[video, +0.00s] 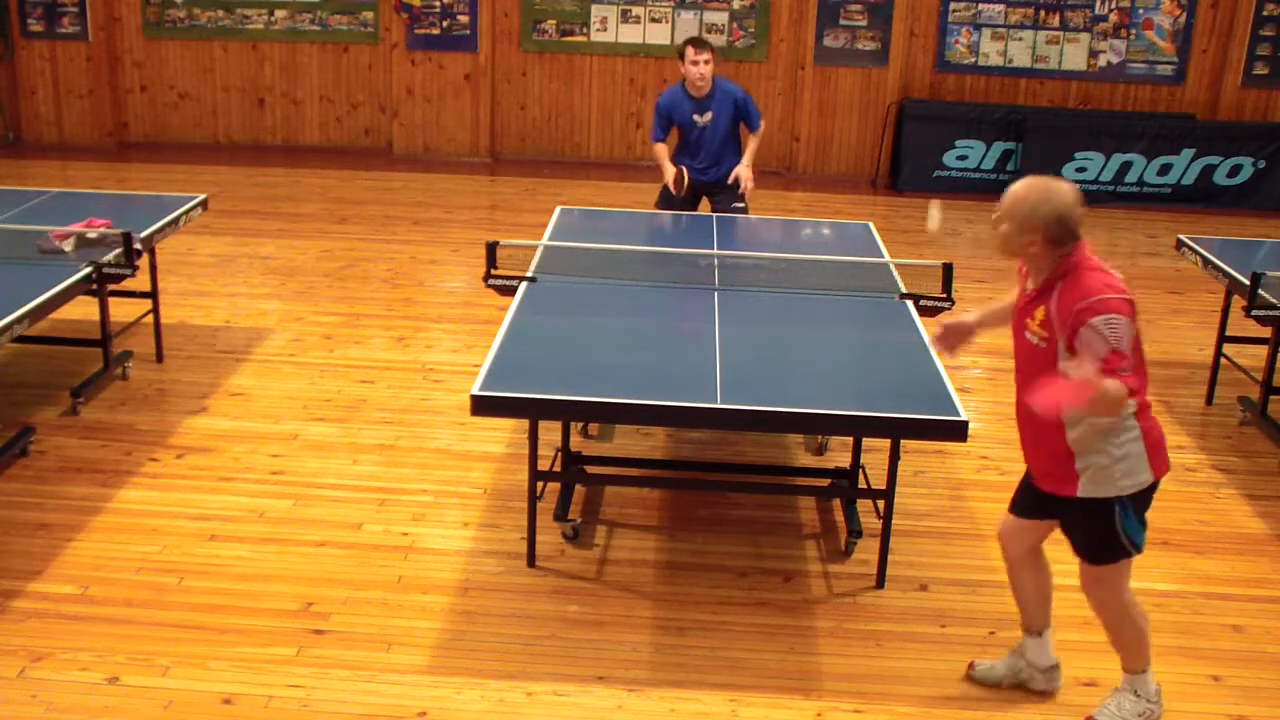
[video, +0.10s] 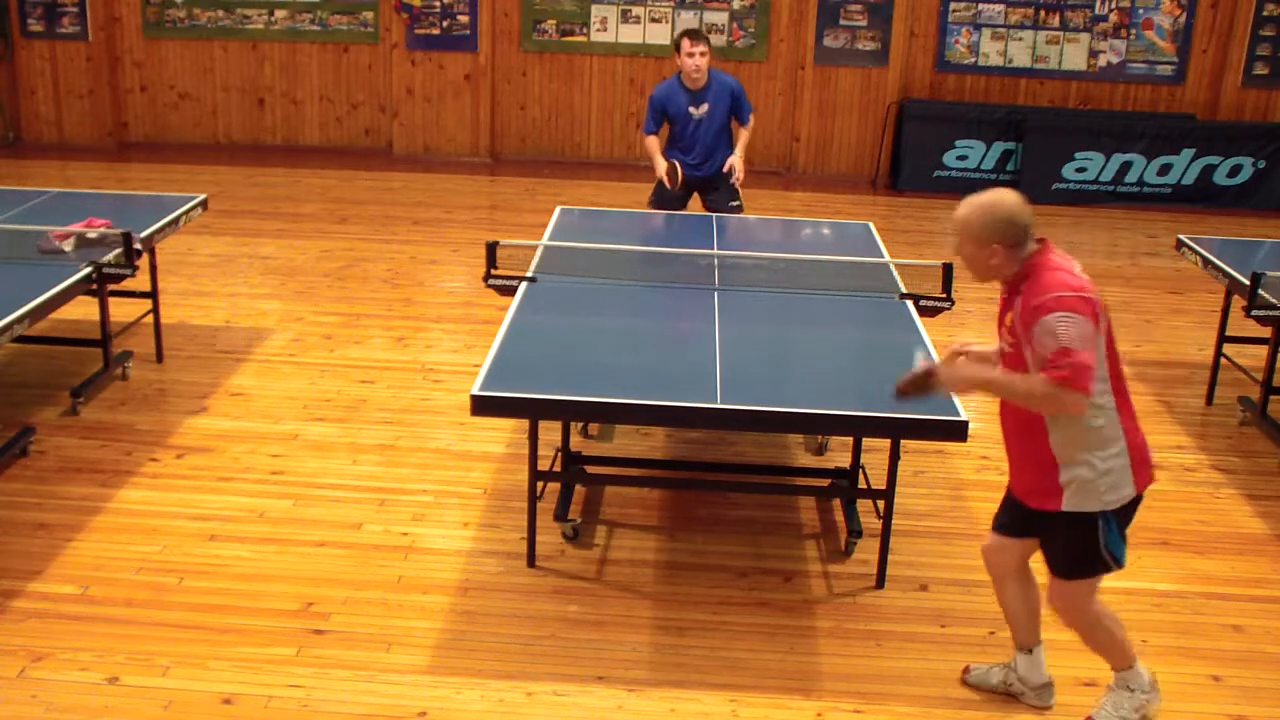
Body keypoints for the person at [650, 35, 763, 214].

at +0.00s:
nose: (701, 70)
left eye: (706, 63)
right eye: (694, 64)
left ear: (713, 65)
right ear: (682, 67)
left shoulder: (734, 95)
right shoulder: (669, 101)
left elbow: (757, 126)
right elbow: (659, 140)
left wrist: (746, 163)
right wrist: (667, 168)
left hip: (725, 176)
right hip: (686, 174)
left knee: (736, 235)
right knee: (661, 227)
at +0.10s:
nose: (697, 61)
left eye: (703, 55)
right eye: (690, 55)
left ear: (709, 57)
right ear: (678, 60)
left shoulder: (729, 88)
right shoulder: (663, 95)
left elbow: (746, 120)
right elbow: (650, 133)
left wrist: (738, 154)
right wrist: (658, 161)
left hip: (717, 171)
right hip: (678, 170)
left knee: (734, 227)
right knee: (655, 224)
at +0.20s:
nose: (696, 56)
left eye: (701, 49)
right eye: (689, 50)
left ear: (708, 51)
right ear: (677, 53)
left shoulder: (727, 83)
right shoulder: (662, 88)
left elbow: (742, 117)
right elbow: (646, 125)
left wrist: (733, 149)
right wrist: (654, 154)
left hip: (714, 167)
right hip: (675, 167)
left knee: (730, 221)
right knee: (655, 221)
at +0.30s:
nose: (698, 55)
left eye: (703, 48)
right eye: (692, 48)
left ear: (710, 50)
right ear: (680, 51)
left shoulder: (728, 82)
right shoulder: (663, 87)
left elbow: (744, 117)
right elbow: (645, 122)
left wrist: (735, 149)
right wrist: (658, 150)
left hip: (715, 168)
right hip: (676, 168)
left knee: (732, 222)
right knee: (657, 221)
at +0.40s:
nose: (706, 58)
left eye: (712, 51)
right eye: (700, 51)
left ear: (718, 52)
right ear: (688, 54)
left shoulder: (734, 84)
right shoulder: (672, 88)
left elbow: (754, 120)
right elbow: (651, 126)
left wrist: (746, 149)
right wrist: (670, 151)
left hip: (721, 173)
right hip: (681, 171)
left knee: (735, 231)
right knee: (660, 226)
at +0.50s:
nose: (719, 62)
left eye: (724, 56)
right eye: (712, 56)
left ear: (731, 58)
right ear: (700, 58)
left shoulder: (746, 88)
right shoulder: (685, 91)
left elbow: (767, 122)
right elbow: (665, 134)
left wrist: (764, 147)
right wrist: (689, 153)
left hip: (732, 175)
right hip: (691, 174)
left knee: (744, 235)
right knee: (672, 230)